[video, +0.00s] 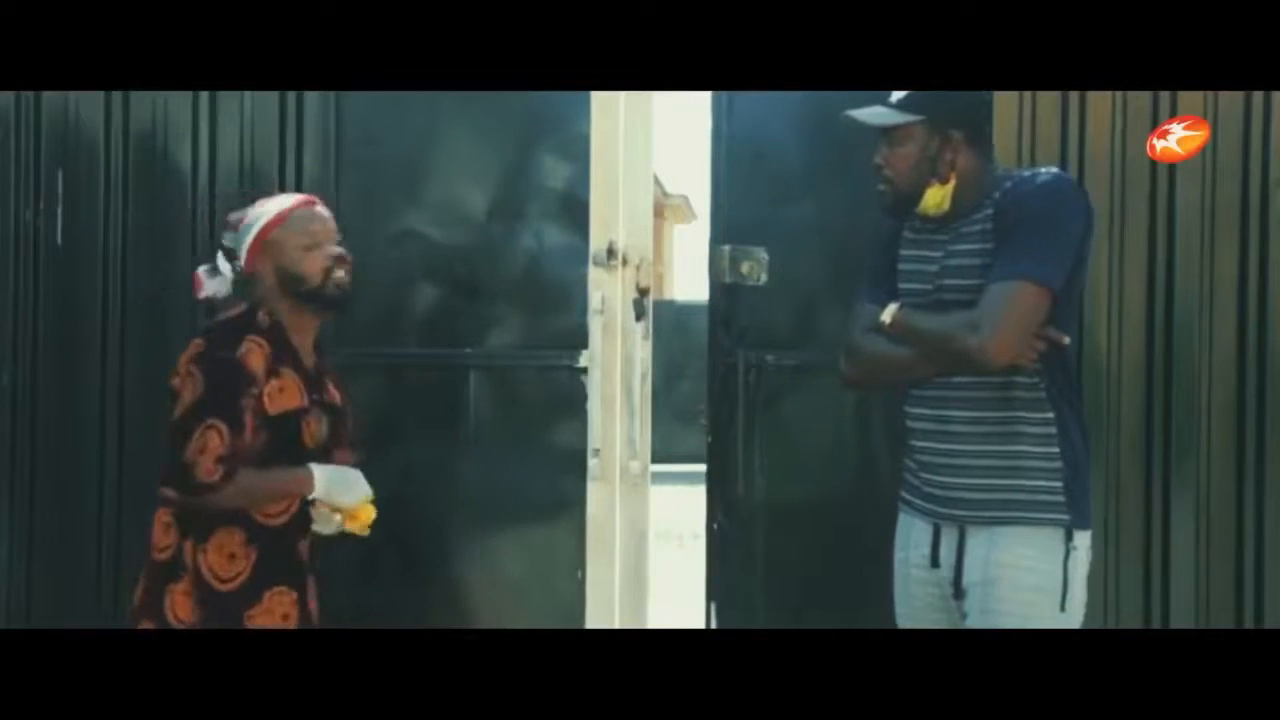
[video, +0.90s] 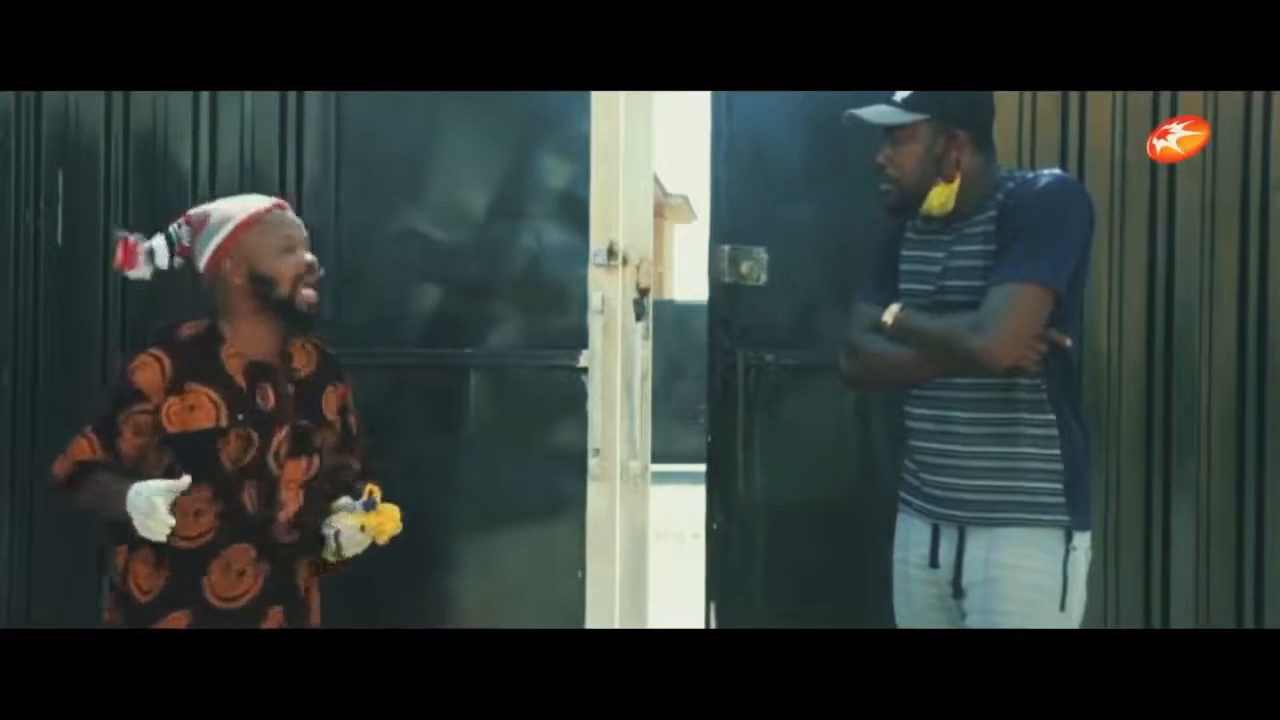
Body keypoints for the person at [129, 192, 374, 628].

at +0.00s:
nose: (338, 255)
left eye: (337, 244)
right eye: (313, 247)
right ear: (262, 267)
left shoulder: (312, 362)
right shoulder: (227, 354)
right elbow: (199, 485)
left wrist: (325, 508)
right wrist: (313, 482)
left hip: (284, 604)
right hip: (214, 609)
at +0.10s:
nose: (315, 261)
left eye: (327, 248)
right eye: (290, 251)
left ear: (343, 260)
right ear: (252, 269)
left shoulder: (315, 363)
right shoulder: (221, 353)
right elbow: (191, 487)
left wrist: (336, 506)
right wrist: (310, 479)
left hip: (284, 605)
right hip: (208, 610)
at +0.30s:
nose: (280, 267)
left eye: (298, 253)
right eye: (258, 254)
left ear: (319, 268)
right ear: (231, 270)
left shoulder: (333, 369)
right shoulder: (187, 367)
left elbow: (345, 466)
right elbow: (141, 486)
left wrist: (338, 497)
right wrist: (269, 483)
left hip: (297, 609)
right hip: (196, 611)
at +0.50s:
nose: (231, 270)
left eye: (255, 257)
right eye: (213, 256)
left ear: (286, 271)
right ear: (193, 270)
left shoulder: (328, 371)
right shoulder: (157, 370)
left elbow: (363, 475)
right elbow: (99, 487)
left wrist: (327, 510)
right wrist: (211, 493)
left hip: (288, 613)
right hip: (173, 612)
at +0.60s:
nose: (218, 271)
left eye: (242, 258)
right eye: (201, 257)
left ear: (273, 272)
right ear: (181, 271)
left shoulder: (322, 371)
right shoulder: (143, 372)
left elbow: (363, 478)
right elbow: (86, 486)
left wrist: (324, 519)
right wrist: (174, 497)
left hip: (285, 612)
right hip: (166, 612)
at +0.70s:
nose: (248, 270)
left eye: (263, 255)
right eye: (224, 255)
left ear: (280, 269)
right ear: (186, 273)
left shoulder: (320, 372)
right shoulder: (139, 373)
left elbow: (360, 481)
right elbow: (77, 485)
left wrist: (338, 525)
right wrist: (138, 492)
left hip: (284, 615)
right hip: (165, 614)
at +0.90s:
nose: (313, 262)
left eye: (308, 248)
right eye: (289, 250)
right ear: (233, 269)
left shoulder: (321, 372)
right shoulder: (170, 365)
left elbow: (345, 480)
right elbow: (73, 473)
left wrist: (350, 522)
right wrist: (132, 500)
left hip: (284, 615)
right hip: (176, 615)